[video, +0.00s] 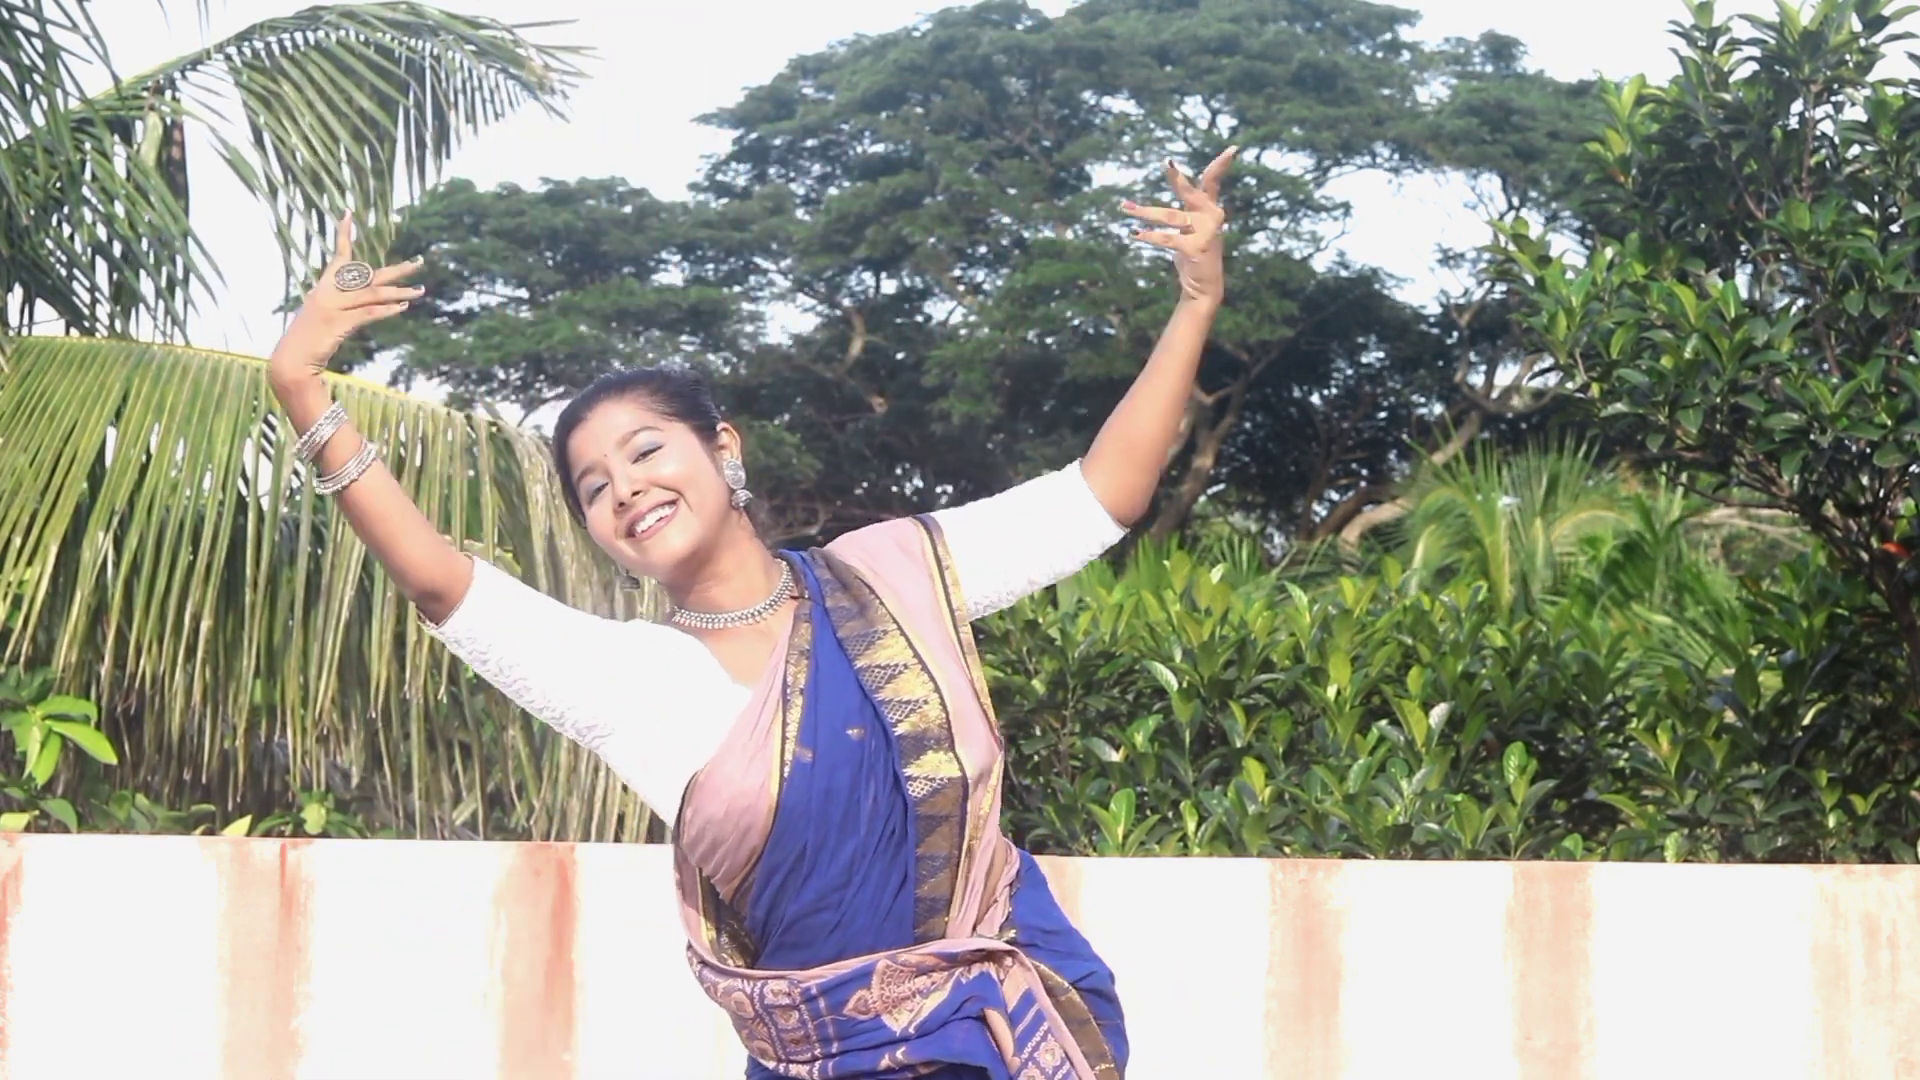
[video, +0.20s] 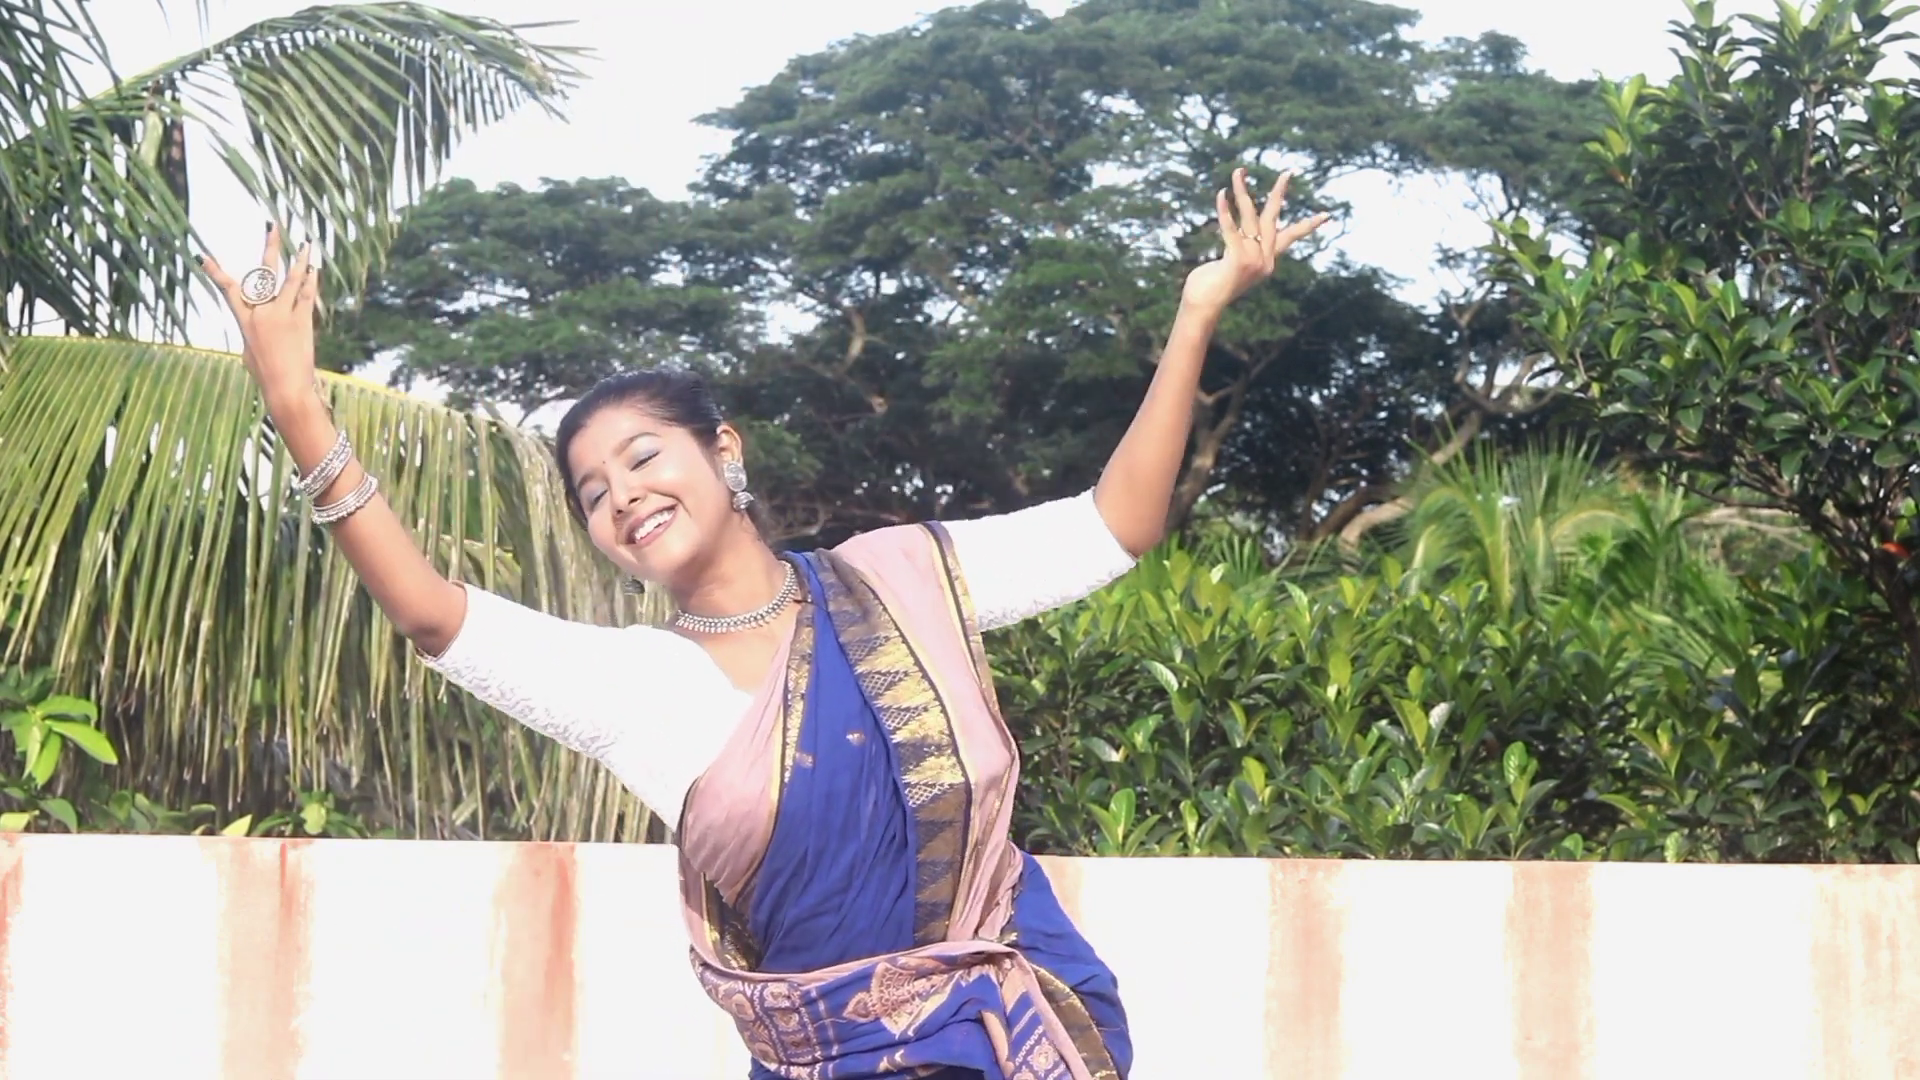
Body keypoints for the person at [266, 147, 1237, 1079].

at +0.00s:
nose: (625, 489)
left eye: (648, 450)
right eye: (595, 489)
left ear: (727, 451)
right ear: (600, 538)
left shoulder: (901, 564)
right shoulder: (635, 681)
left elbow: (1103, 495)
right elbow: (441, 577)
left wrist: (1199, 303)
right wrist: (300, 385)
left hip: (1022, 1015)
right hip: (825, 1053)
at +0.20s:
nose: (624, 500)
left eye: (644, 460)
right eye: (595, 498)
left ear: (725, 453)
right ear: (599, 541)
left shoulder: (910, 570)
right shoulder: (641, 686)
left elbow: (1121, 524)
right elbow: (434, 611)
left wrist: (1197, 315)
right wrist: (296, 409)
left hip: (1031, 1019)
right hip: (837, 1057)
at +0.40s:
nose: (615, 505)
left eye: (633, 465)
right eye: (588, 502)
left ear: (718, 455)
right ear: (595, 544)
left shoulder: (906, 572)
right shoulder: (632, 694)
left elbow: (1121, 554)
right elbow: (411, 655)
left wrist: (1233, 379)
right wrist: (303, 457)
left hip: (1033, 1013)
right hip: (827, 1054)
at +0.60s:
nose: (606, 515)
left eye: (625, 474)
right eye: (582, 510)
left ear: (715, 460)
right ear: (591, 547)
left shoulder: (903, 574)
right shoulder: (629, 696)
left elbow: (1119, 568)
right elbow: (403, 667)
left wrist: (1285, 427)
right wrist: (260, 499)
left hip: (1028, 1014)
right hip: (825, 1057)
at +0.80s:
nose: (592, 524)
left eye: (611, 483)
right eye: (570, 515)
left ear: (706, 471)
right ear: (582, 551)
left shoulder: (900, 577)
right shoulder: (622, 698)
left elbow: (1113, 583)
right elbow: (379, 696)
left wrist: (1288, 503)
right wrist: (232, 564)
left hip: (1027, 1009)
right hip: (827, 1056)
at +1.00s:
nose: (584, 530)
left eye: (603, 490)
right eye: (563, 520)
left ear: (700, 475)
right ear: (578, 557)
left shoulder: (895, 582)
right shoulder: (616, 708)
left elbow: (1105, 607)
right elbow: (381, 738)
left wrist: (1278, 519)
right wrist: (251, 599)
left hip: (1028, 1017)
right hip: (827, 1061)